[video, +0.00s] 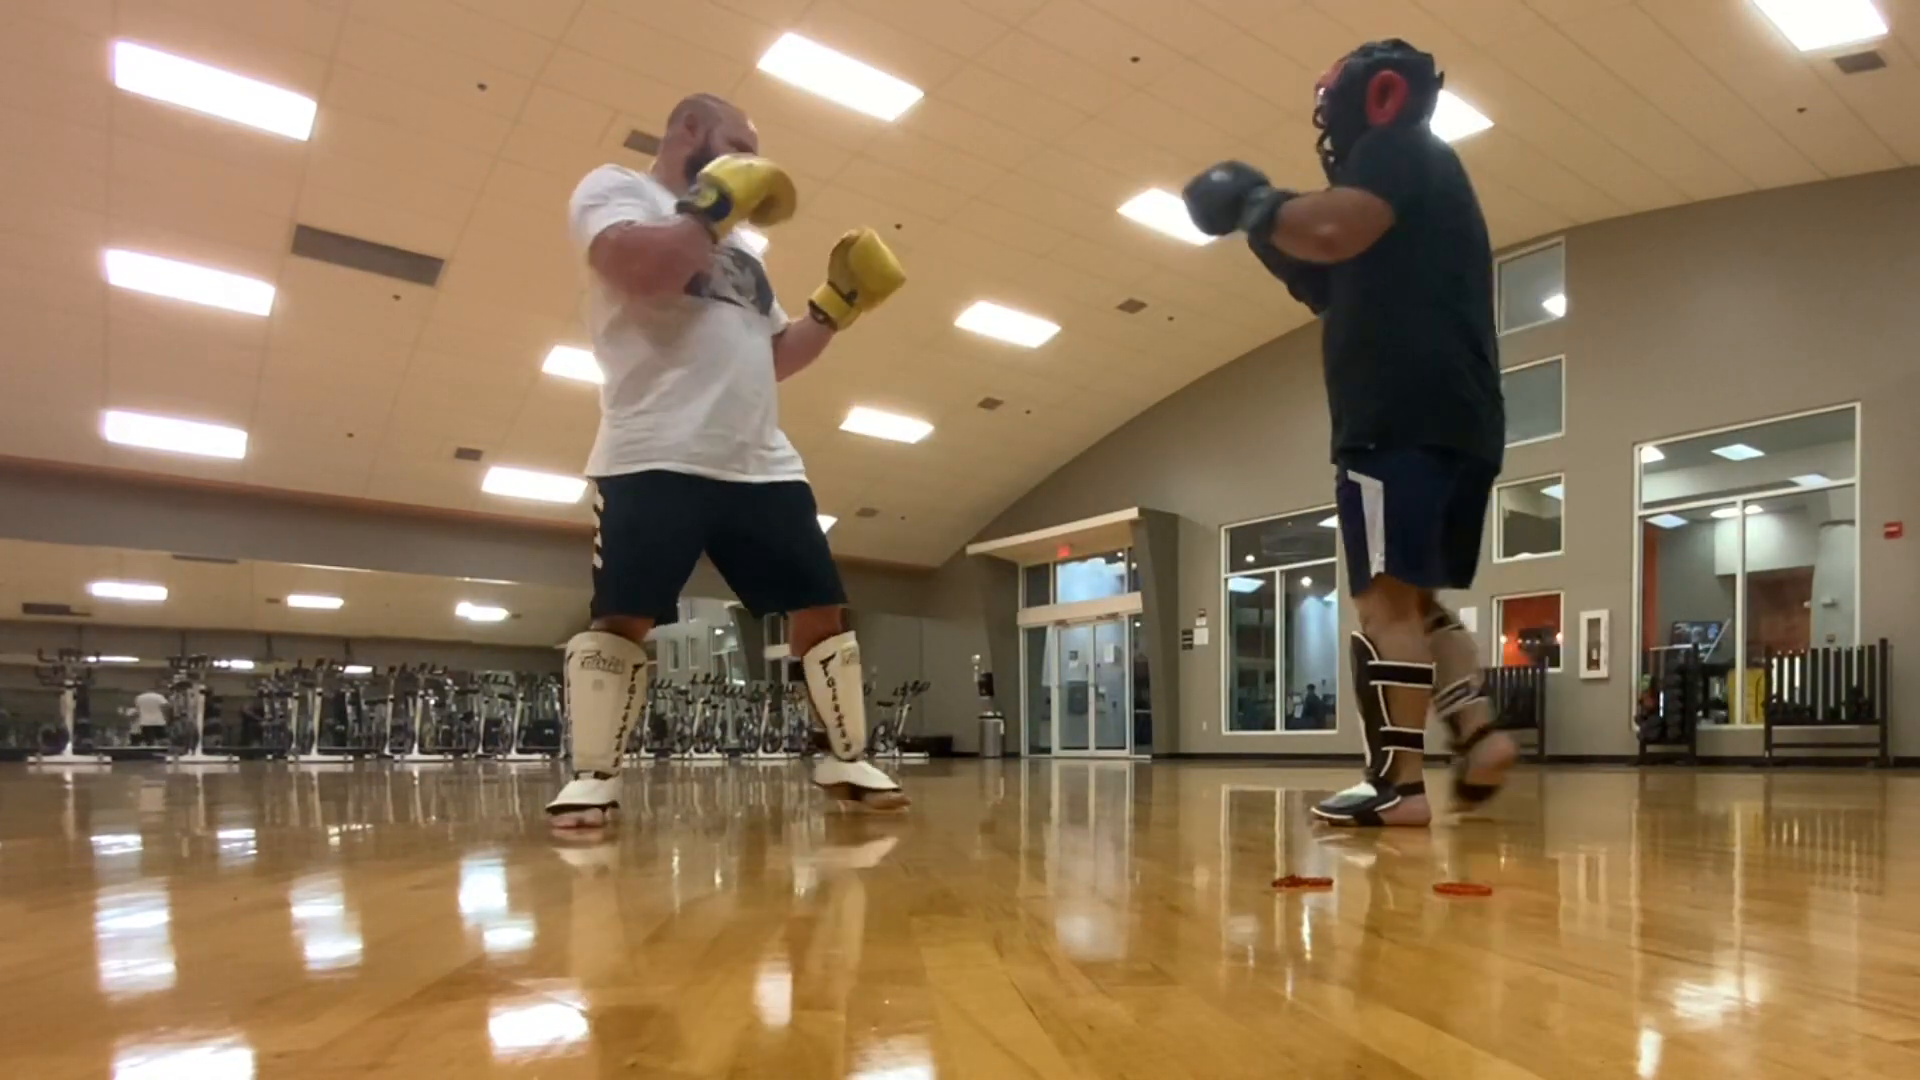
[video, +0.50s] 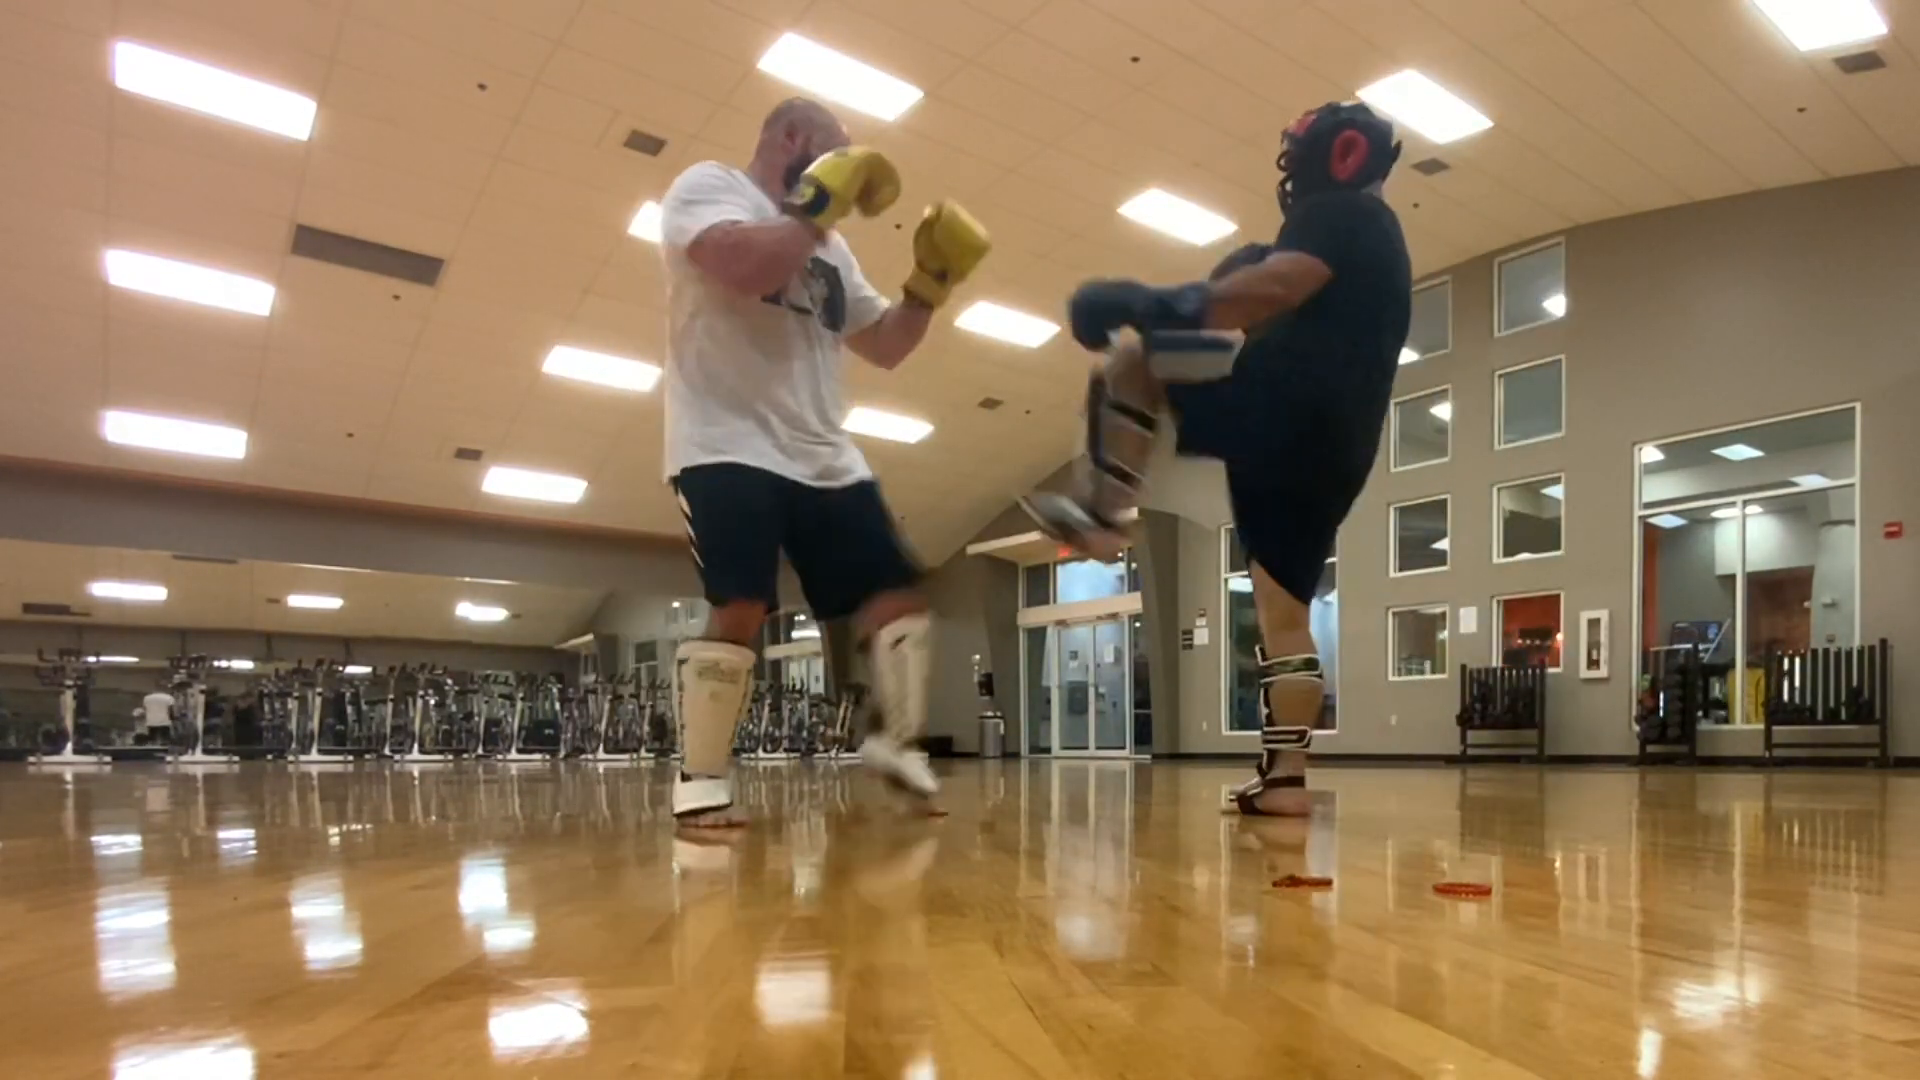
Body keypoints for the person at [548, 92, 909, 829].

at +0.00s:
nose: (752, 166)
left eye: (755, 159)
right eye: (741, 149)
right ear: (687, 130)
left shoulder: (744, 258)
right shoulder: (616, 188)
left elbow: (769, 359)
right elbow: (640, 270)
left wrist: (834, 307)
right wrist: (718, 203)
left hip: (758, 456)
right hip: (654, 450)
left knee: (818, 598)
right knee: (626, 609)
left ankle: (847, 756)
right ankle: (593, 777)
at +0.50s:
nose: (833, 176)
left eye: (839, 167)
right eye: (830, 160)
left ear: (800, 148)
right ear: (785, 138)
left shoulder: (826, 249)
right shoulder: (709, 186)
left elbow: (885, 345)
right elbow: (744, 269)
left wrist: (926, 287)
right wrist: (820, 210)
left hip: (819, 445)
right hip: (727, 436)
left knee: (894, 590)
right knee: (743, 600)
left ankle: (896, 742)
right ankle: (702, 785)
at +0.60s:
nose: (840, 188)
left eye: (842, 177)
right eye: (832, 171)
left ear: (798, 160)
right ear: (785, 153)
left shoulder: (816, 248)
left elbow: (902, 326)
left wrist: (939, 275)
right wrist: (861, 200)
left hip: (811, 437)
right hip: (730, 450)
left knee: (947, 458)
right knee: (754, 611)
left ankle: (936, 610)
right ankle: (707, 788)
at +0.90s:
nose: (826, 160)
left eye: (829, 148)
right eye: (815, 144)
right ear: (760, 131)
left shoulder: (850, 229)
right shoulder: (702, 211)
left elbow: (909, 306)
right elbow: (705, 269)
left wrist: (984, 361)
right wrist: (797, 202)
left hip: (885, 431)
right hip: (781, 443)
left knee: (1001, 531)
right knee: (769, 598)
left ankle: (1013, 680)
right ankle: (706, 782)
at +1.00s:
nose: (861, 163)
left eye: (865, 150)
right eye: (848, 147)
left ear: (863, 153)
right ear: (797, 143)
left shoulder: (878, 234)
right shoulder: (737, 229)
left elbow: (915, 319)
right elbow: (729, 306)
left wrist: (987, 341)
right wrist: (805, 234)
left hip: (915, 452)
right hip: (808, 456)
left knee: (991, 593)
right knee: (778, 609)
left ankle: (1033, 747)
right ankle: (706, 781)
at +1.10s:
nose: (899, 182)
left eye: (903, 170)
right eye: (887, 166)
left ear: (900, 173)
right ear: (838, 161)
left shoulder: (922, 257)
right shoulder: (783, 250)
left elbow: (986, 320)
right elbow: (783, 341)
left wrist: (1055, 304)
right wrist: (846, 254)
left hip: (941, 470)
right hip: (840, 469)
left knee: (991, 613)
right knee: (799, 619)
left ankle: (1016, 776)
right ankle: (716, 778)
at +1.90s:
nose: (960, 212)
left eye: (965, 203)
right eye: (952, 196)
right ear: (906, 183)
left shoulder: (944, 298)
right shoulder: (847, 236)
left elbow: (978, 390)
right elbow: (893, 304)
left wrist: (1031, 342)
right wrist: (950, 242)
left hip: (951, 487)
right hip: (861, 475)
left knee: (986, 630)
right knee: (833, 627)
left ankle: (1002, 770)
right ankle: (783, 778)